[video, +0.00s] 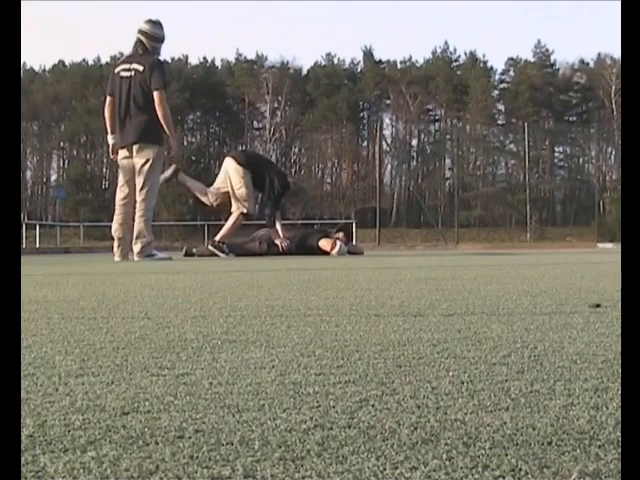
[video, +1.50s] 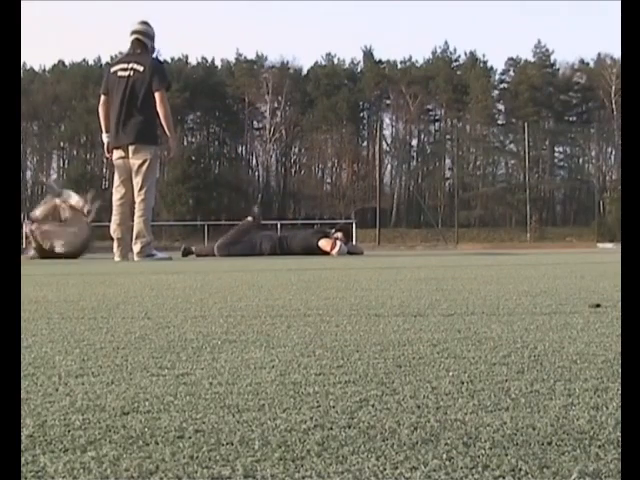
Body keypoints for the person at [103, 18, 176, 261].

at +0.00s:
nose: (160, 47)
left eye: (160, 43)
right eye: (160, 43)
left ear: (139, 38)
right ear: (156, 42)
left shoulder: (120, 65)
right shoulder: (154, 64)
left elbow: (109, 104)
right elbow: (159, 101)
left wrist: (112, 136)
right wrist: (172, 135)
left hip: (123, 138)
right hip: (148, 138)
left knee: (124, 196)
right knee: (145, 196)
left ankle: (119, 249)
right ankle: (143, 248)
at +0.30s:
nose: (160, 47)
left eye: (160, 43)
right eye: (159, 43)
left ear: (138, 38)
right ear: (155, 42)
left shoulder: (118, 66)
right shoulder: (153, 64)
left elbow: (108, 104)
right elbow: (159, 101)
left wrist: (110, 136)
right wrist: (172, 133)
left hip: (121, 138)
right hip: (147, 137)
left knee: (123, 195)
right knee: (146, 196)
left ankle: (119, 249)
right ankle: (142, 247)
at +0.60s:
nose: (160, 47)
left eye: (160, 43)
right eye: (159, 43)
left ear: (138, 38)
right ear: (155, 42)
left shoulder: (118, 65)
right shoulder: (153, 64)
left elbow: (107, 104)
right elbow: (160, 101)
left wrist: (110, 136)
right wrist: (172, 135)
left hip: (121, 138)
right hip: (146, 137)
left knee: (122, 196)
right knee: (144, 197)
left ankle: (119, 249)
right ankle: (142, 248)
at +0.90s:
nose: (159, 47)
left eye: (159, 43)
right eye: (158, 43)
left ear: (137, 38)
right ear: (155, 42)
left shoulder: (117, 66)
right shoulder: (153, 65)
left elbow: (106, 104)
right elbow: (159, 102)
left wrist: (109, 136)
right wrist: (171, 136)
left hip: (120, 138)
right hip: (145, 138)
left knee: (122, 195)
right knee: (144, 196)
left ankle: (119, 249)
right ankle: (142, 247)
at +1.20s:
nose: (157, 47)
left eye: (156, 43)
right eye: (156, 43)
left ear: (135, 39)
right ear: (152, 43)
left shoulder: (115, 66)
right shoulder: (152, 65)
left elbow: (105, 104)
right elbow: (159, 100)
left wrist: (108, 136)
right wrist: (172, 135)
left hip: (120, 137)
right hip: (146, 137)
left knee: (122, 196)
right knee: (144, 197)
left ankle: (118, 248)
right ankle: (142, 247)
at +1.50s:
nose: (150, 47)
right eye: (151, 43)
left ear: (131, 41)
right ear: (150, 42)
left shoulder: (113, 66)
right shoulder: (153, 65)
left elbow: (103, 103)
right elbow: (160, 100)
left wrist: (106, 135)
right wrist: (171, 135)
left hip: (117, 137)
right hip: (144, 137)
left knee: (120, 195)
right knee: (143, 195)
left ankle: (119, 249)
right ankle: (142, 247)